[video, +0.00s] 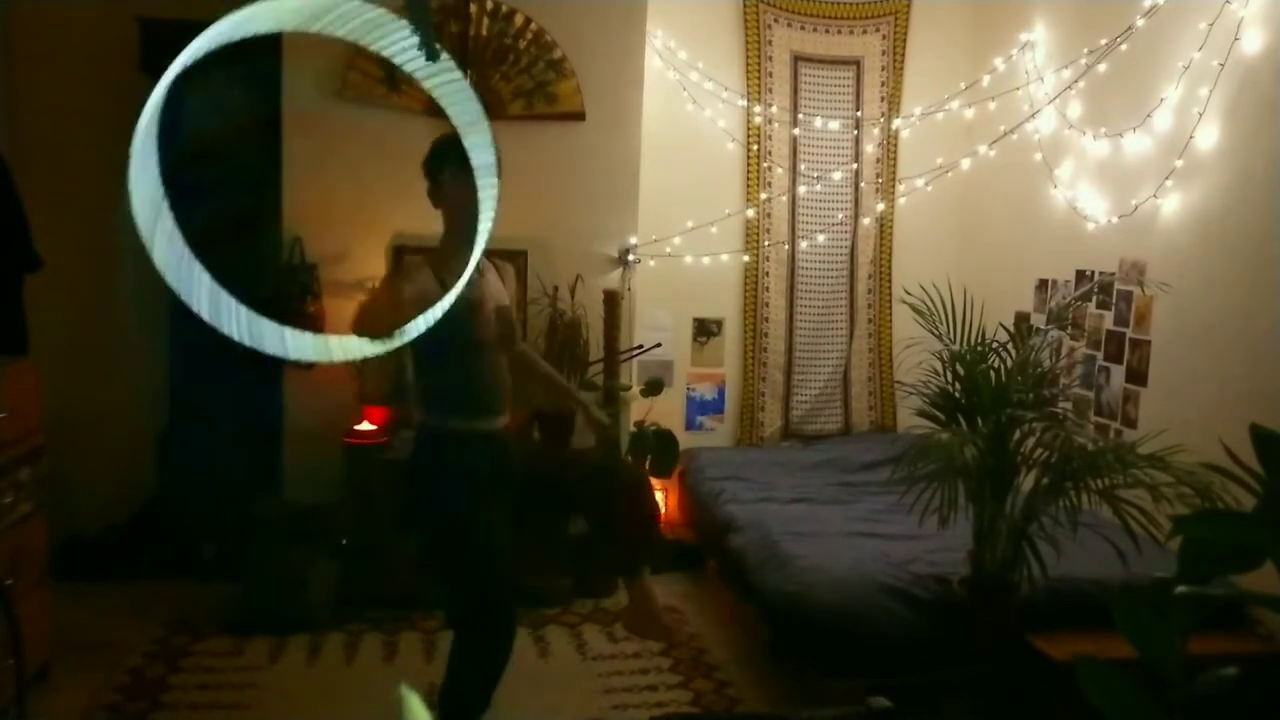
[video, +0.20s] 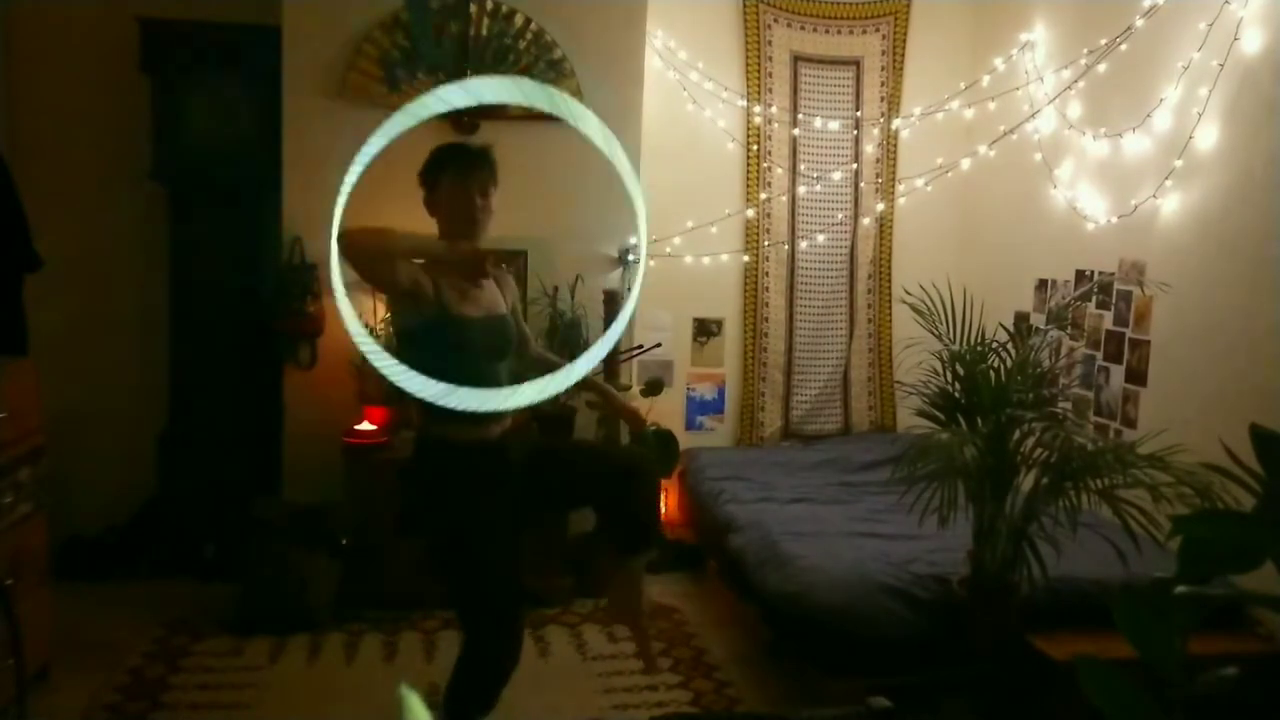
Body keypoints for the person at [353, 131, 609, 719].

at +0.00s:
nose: (478, 194)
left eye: (482, 180)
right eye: (463, 181)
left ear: (488, 186)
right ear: (438, 190)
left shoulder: (492, 274)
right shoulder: (420, 273)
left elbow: (518, 356)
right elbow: (371, 333)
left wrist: (581, 405)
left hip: (493, 456)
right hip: (446, 459)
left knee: (489, 612)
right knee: (485, 615)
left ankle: (458, 706)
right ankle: (456, 708)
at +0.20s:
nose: (477, 204)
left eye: (485, 191)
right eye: (461, 191)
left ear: (497, 200)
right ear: (431, 200)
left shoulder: (497, 283)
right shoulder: (415, 283)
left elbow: (533, 359)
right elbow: (349, 242)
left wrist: (613, 401)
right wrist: (441, 257)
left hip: (512, 455)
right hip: (451, 466)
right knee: (496, 639)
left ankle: (611, 577)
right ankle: (454, 714)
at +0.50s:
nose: (495, 212)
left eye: (499, 198)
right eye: (485, 199)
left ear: (498, 204)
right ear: (450, 201)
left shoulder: (491, 281)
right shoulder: (422, 281)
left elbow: (517, 367)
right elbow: (397, 215)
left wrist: (577, 407)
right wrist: (478, 231)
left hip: (517, 451)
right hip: (461, 468)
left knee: (631, 459)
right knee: (505, 638)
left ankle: (607, 568)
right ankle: (462, 714)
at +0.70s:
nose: (500, 176)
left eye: (503, 165)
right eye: (489, 164)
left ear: (497, 169)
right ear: (455, 172)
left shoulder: (498, 256)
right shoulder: (440, 248)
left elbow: (511, 357)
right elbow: (498, 171)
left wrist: (560, 418)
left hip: (507, 435)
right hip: (461, 444)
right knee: (485, 615)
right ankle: (451, 708)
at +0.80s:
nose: (507, 172)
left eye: (509, 160)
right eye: (497, 159)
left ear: (506, 164)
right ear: (463, 163)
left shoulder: (494, 239)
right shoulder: (443, 234)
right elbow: (547, 192)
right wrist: (631, 126)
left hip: (511, 435)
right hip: (462, 443)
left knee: (602, 498)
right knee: (480, 607)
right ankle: (446, 708)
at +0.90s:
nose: (505, 185)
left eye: (510, 170)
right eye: (490, 170)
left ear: (515, 173)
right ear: (457, 175)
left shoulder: (496, 256)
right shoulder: (452, 245)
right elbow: (538, 254)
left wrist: (536, 409)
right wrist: (643, 259)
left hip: (491, 450)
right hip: (458, 450)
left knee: (475, 599)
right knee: (468, 600)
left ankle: (451, 706)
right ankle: (448, 707)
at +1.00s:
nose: (510, 198)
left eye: (514, 184)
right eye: (494, 184)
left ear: (519, 189)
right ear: (461, 192)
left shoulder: (499, 271)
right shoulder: (459, 268)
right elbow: (520, 338)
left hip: (491, 454)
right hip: (457, 455)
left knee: (474, 605)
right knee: (470, 616)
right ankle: (454, 705)